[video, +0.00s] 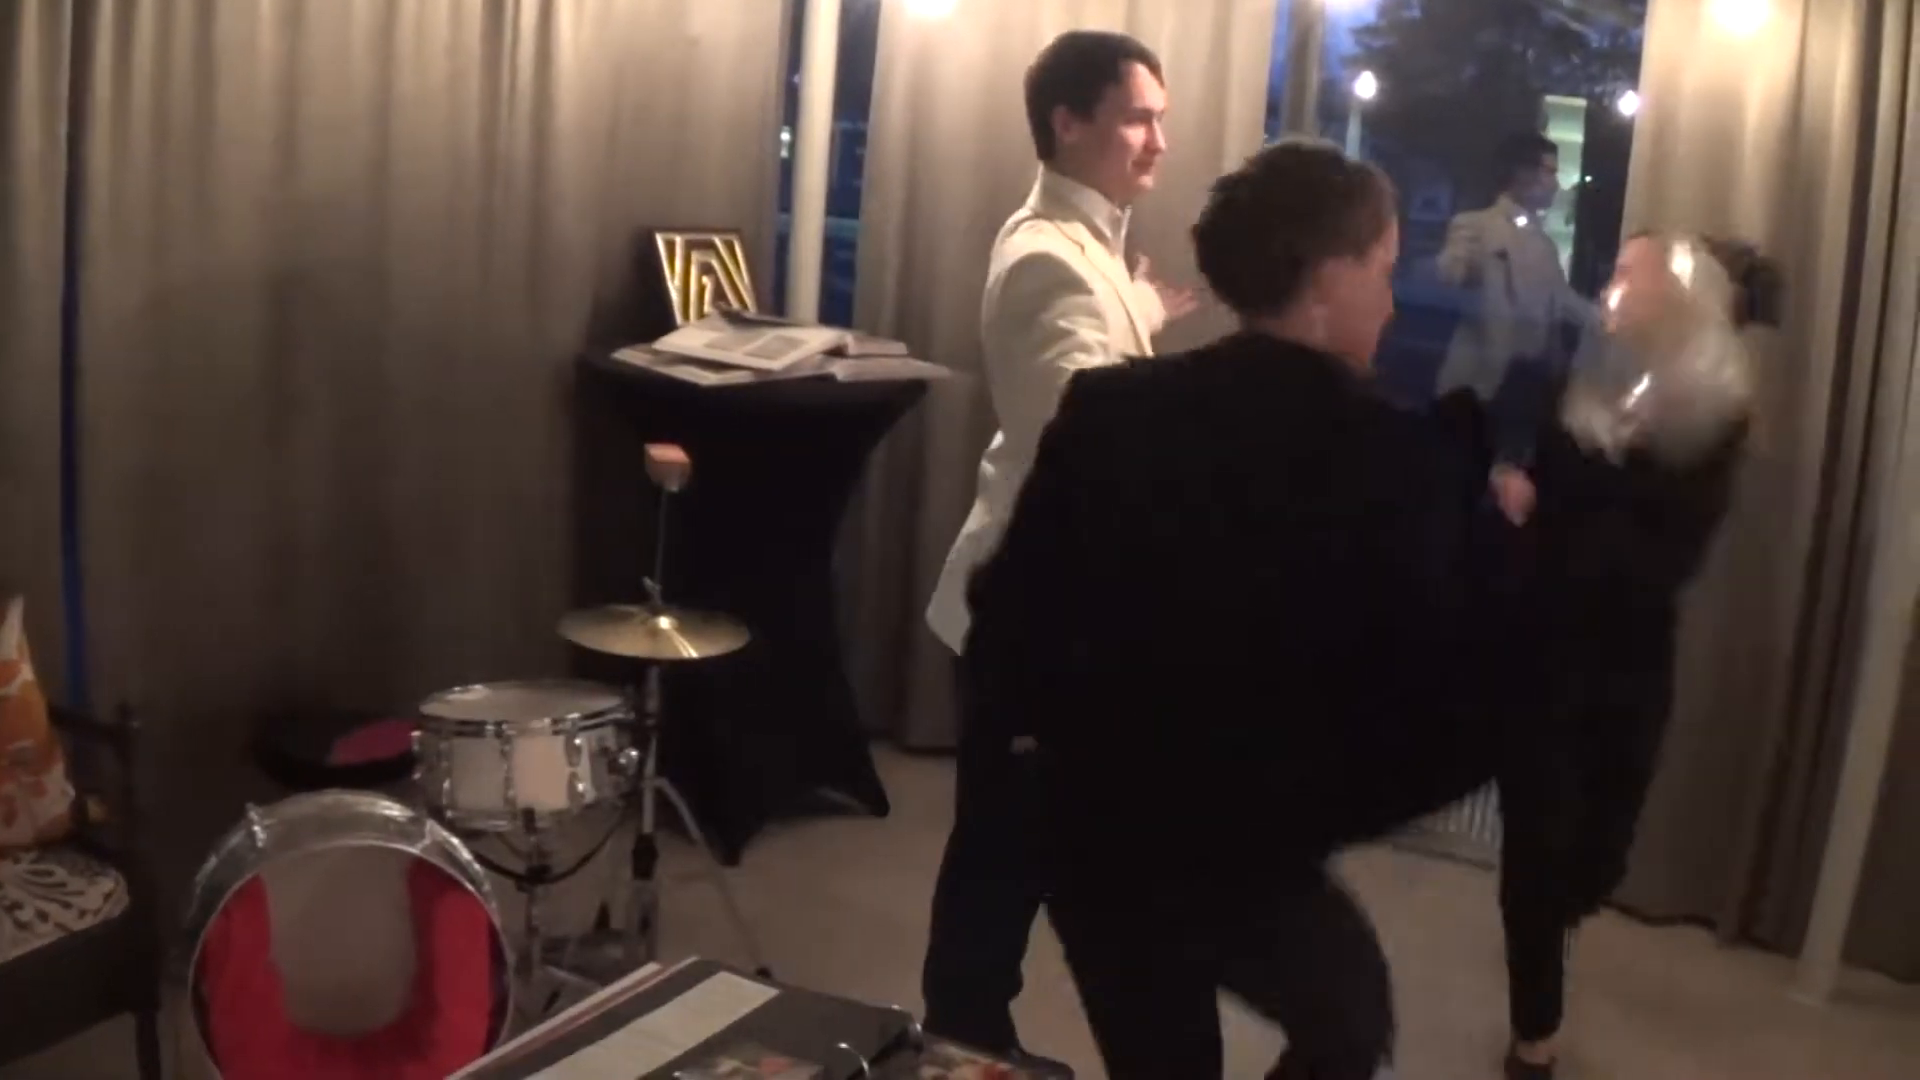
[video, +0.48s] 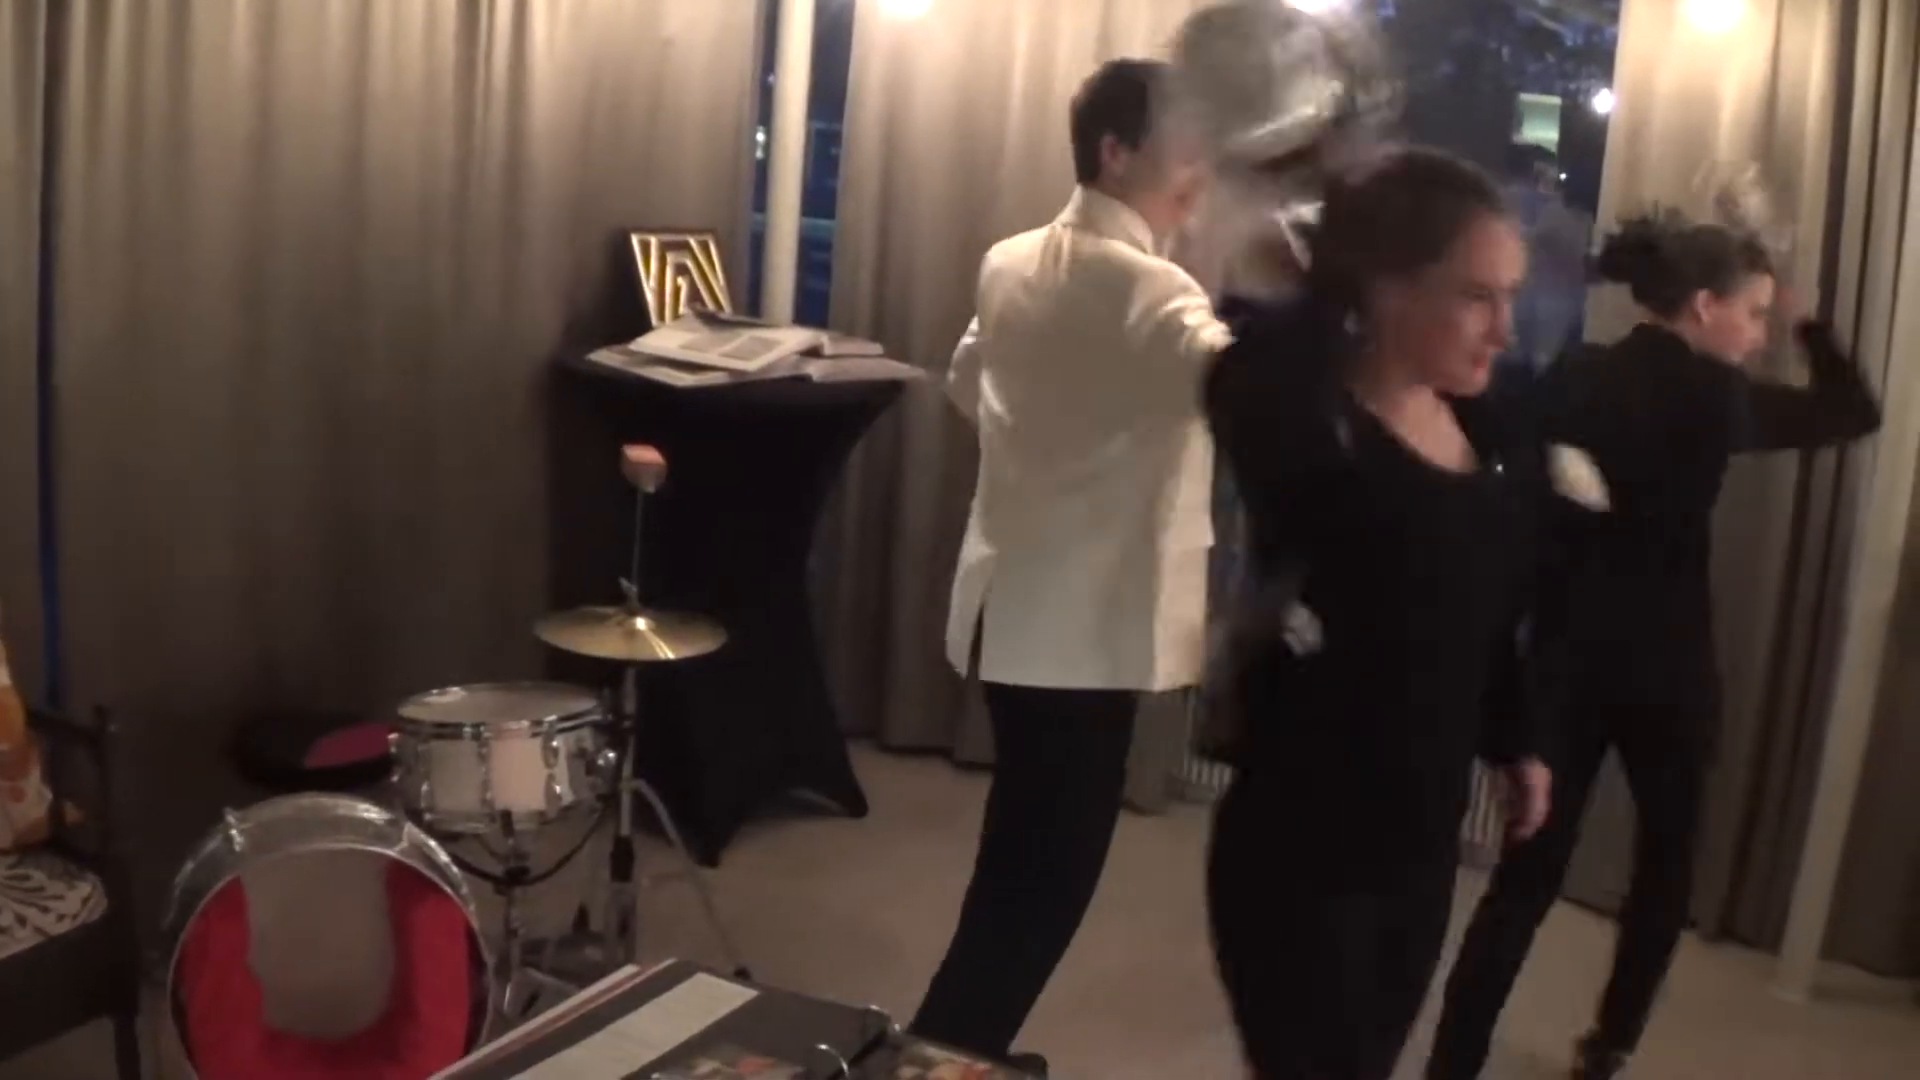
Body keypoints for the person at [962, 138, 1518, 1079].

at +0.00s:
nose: (1393, 298)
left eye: (1394, 269)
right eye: (1386, 268)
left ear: (1245, 269)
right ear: (1325, 273)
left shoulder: (1108, 405)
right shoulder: (1391, 447)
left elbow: (1004, 633)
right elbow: (1445, 714)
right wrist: (1500, 537)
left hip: (1095, 829)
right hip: (1247, 839)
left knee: (1163, 1065)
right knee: (1348, 1020)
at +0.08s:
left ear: (1230, 235)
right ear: (1377, 256)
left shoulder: (1119, 383)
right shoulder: (1422, 422)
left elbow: (1041, 561)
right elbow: (1466, 650)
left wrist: (1113, 738)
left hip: (1144, 837)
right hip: (1328, 852)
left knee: (1171, 1059)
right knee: (1267, 1002)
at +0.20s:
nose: (1232, 250)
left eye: (1269, 227)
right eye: (1226, 222)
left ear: (1361, 238)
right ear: (1213, 221)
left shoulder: (1346, 391)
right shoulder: (1291, 372)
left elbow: (1287, 645)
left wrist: (1129, 738)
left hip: (1314, 815)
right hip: (1286, 796)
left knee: (1210, 1055)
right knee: (1196, 1051)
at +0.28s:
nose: (1330, 283)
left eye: (1359, 253)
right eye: (1301, 252)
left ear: (1400, 259)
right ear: (1258, 255)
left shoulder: (1436, 422)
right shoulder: (1221, 374)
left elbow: (1442, 660)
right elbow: (1161, 529)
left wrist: (1237, 788)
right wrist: (1139, 337)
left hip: (1375, 834)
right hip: (1227, 811)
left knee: (1296, 1055)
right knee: (1203, 1055)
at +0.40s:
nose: (1441, 317)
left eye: (1459, 287)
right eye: (1409, 288)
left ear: (1476, 285)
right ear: (1326, 279)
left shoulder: (1499, 443)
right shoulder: (1246, 409)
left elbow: (1550, 635)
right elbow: (1102, 523)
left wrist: (1516, 799)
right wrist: (1224, 693)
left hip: (1415, 839)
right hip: (1251, 820)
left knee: (1371, 1065)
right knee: (1236, 1065)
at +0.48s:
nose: (1502, 326)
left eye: (1510, 301)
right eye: (1477, 299)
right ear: (1384, 291)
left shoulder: (1486, 442)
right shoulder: (1301, 426)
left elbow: (1492, 624)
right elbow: (1256, 411)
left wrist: (1517, 740)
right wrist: (1285, 288)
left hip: (1419, 838)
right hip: (1296, 832)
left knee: (1369, 1059)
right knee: (1311, 1061)